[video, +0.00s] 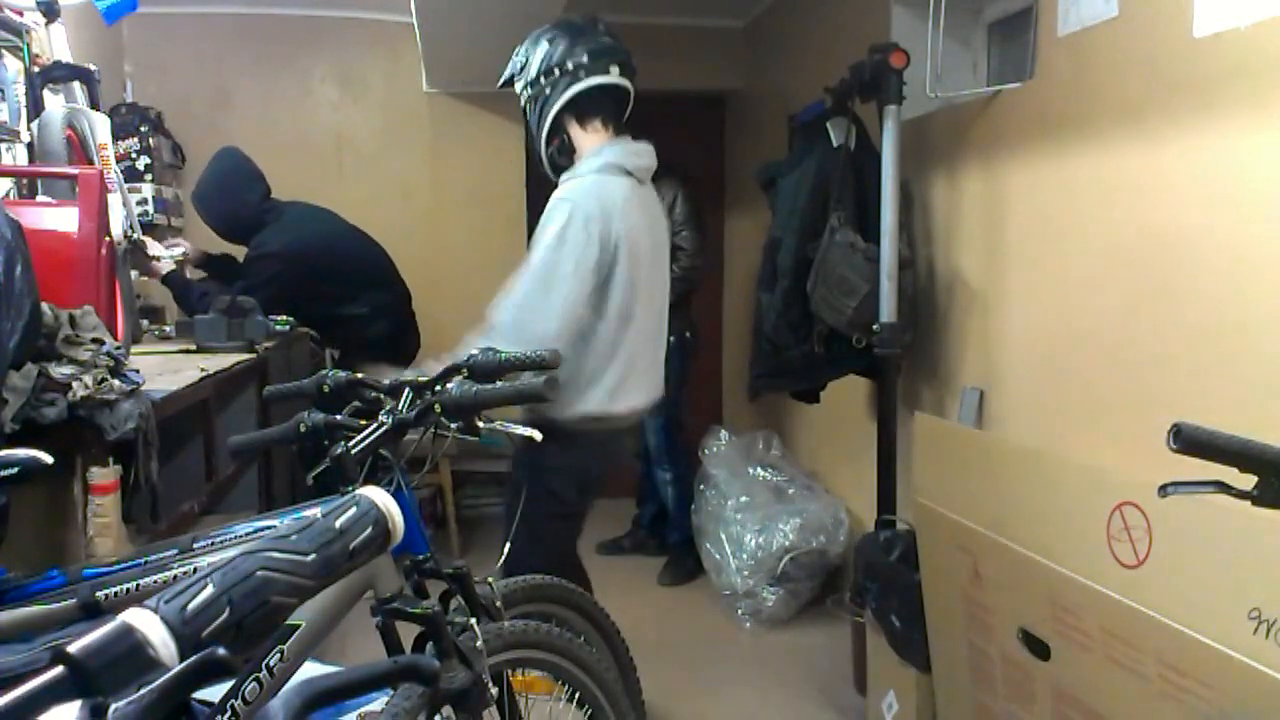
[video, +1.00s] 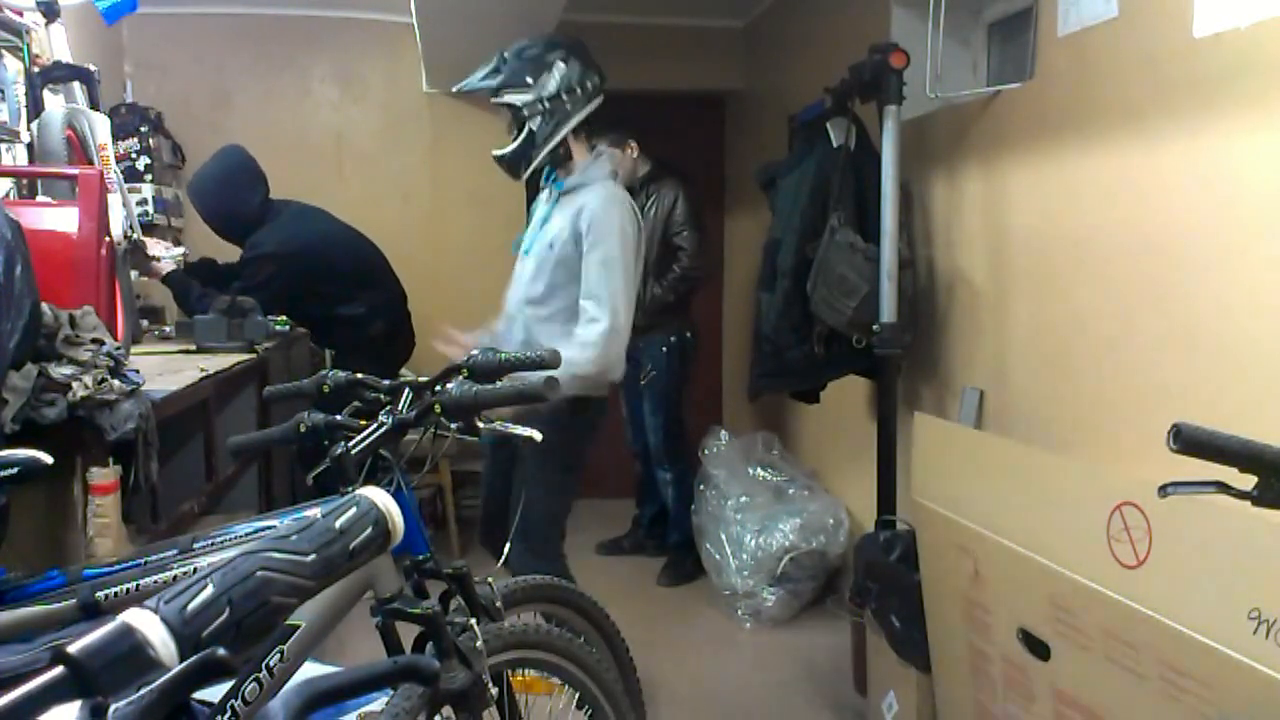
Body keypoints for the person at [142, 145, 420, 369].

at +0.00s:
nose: (214, 224)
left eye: (212, 215)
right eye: (210, 215)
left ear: (228, 211)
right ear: (253, 192)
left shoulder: (274, 250)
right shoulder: (291, 217)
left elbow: (232, 314)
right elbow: (252, 283)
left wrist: (172, 278)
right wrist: (202, 259)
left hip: (375, 353)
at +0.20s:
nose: (214, 223)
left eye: (212, 214)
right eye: (210, 215)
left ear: (229, 210)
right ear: (253, 192)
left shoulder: (272, 250)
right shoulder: (288, 217)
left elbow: (231, 316)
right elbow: (247, 282)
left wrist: (171, 275)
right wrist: (192, 256)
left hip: (379, 350)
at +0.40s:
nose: (214, 221)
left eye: (213, 212)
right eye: (211, 213)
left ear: (228, 210)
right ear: (254, 191)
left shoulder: (272, 251)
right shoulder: (288, 216)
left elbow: (229, 317)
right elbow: (246, 279)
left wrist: (170, 274)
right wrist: (190, 255)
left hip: (377, 349)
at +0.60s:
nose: (212, 222)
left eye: (212, 213)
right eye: (209, 213)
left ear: (227, 212)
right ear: (254, 190)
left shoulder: (273, 252)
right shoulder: (285, 216)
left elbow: (229, 314)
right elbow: (244, 276)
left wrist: (172, 276)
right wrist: (188, 253)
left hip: (373, 348)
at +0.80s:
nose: (210, 222)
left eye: (209, 214)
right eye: (207, 214)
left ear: (226, 211)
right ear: (251, 192)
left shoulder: (272, 252)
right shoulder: (284, 216)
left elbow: (226, 312)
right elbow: (246, 272)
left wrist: (171, 274)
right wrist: (186, 254)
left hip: (371, 348)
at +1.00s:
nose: (209, 223)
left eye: (209, 214)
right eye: (206, 215)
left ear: (224, 212)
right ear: (251, 191)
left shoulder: (272, 250)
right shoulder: (285, 218)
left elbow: (226, 315)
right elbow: (243, 279)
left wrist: (167, 275)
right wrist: (183, 264)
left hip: (372, 348)